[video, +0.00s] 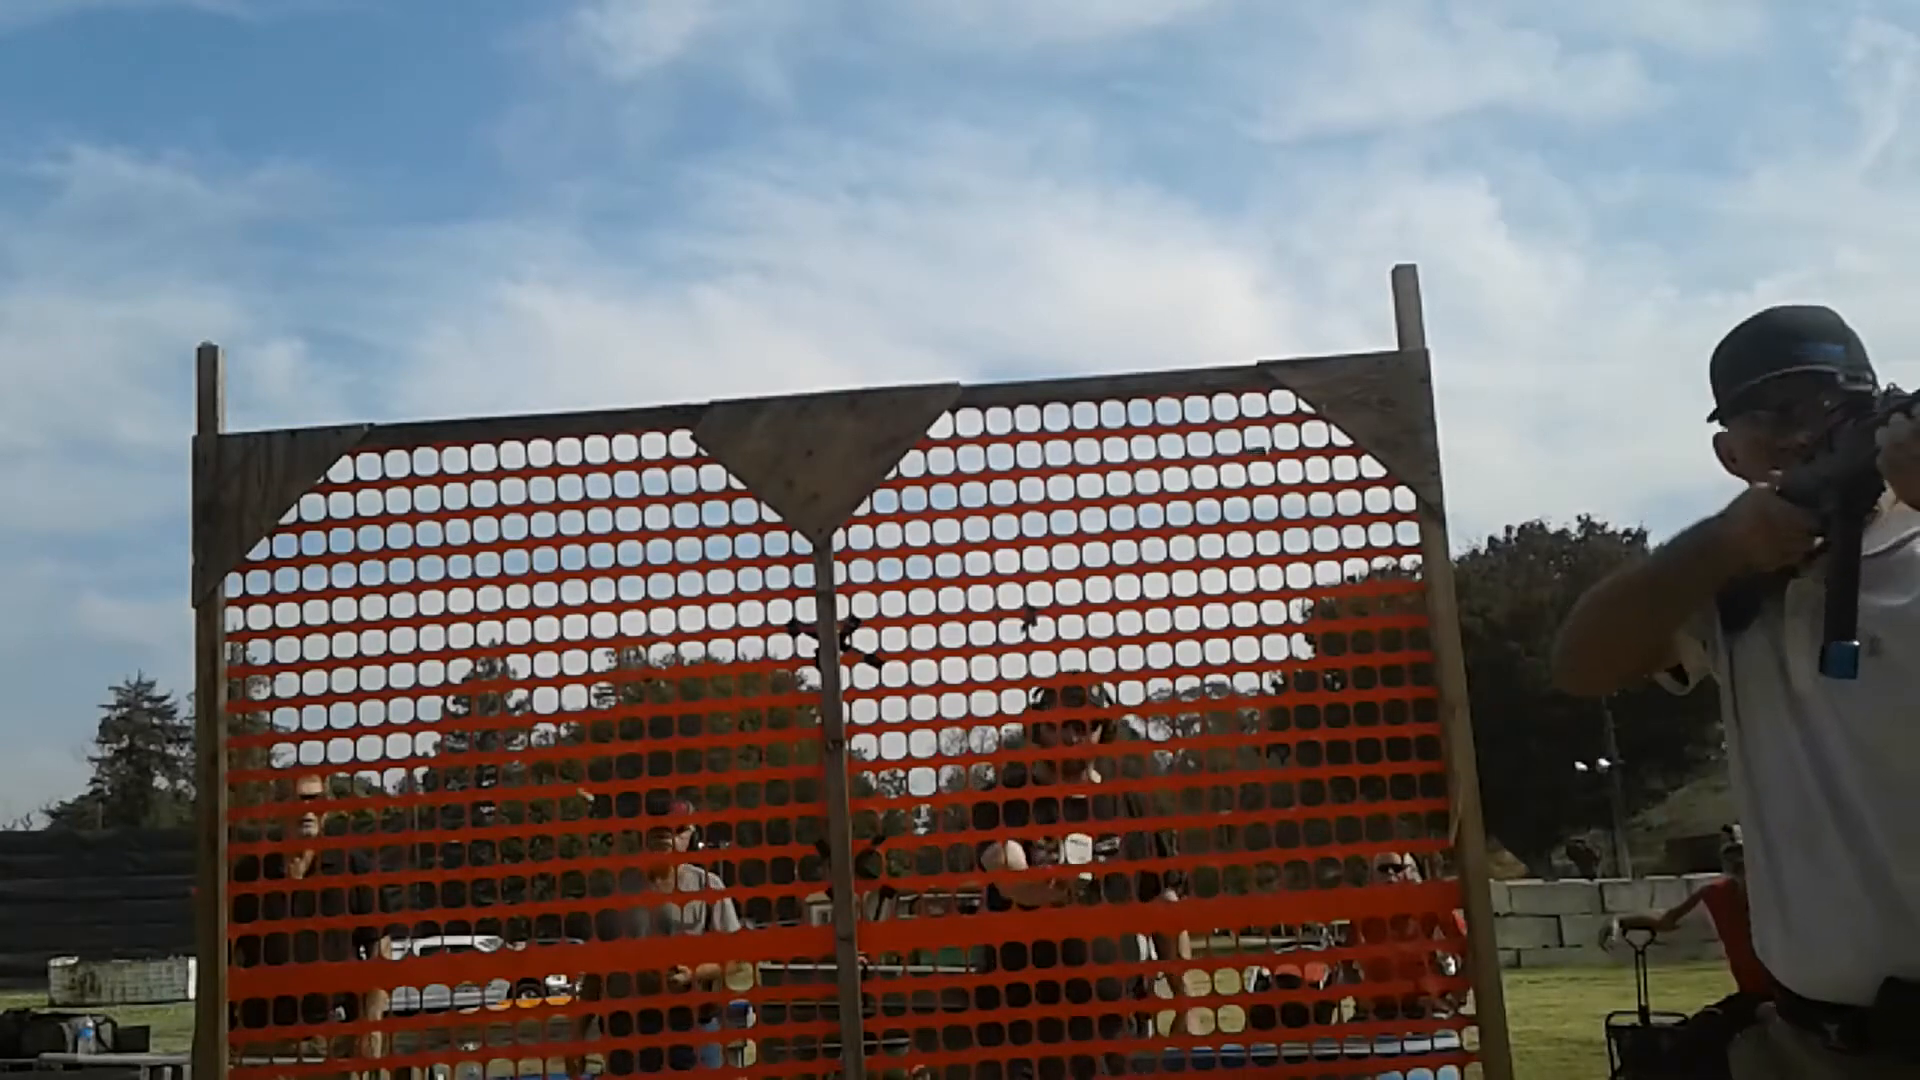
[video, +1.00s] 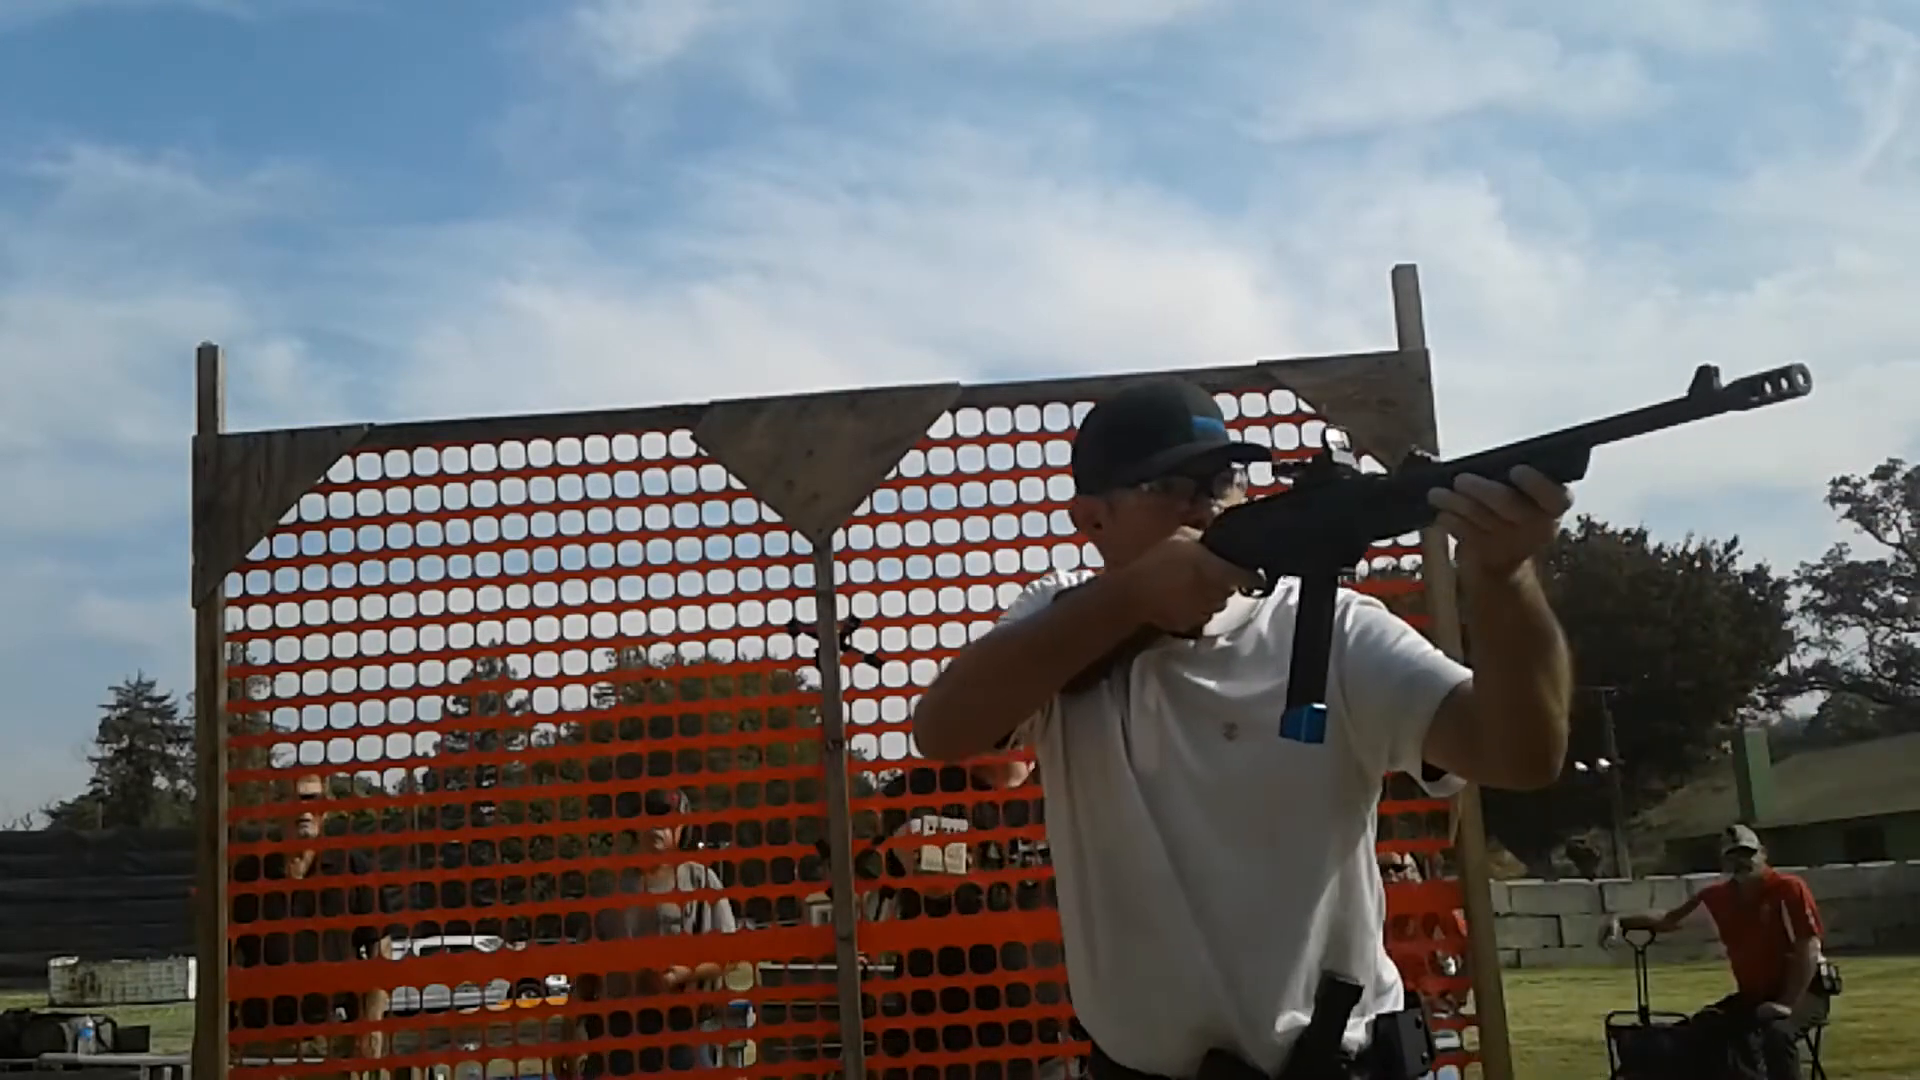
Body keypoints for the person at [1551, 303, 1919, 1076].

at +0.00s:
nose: (1805, 436)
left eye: (1827, 406)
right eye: (1774, 415)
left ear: (1875, 416)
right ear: (1731, 453)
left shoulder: (1912, 548)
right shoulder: (1735, 586)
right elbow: (1578, 662)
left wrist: (1913, 492)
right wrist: (1727, 543)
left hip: (1910, 1034)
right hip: (1796, 1036)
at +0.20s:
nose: (1701, 449)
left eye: (1722, 422)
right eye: (1667, 430)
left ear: (1769, 444)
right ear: (1618, 473)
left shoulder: (1862, 580)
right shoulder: (1622, 617)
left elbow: (1912, 780)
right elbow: (1478, 729)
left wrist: (1771, 644)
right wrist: (1580, 624)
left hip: (1885, 1035)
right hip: (1716, 1043)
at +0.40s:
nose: (1532, 487)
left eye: (1549, 462)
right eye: (1494, 466)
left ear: (1570, 482)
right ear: (1425, 502)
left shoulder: (1677, 613)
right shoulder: (1413, 635)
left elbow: (1802, 811)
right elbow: (1273, 743)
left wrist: (1673, 672)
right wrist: (1402, 643)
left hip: (1727, 1036)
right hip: (1539, 1052)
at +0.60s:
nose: (1376, 505)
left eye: (1390, 478)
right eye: (1339, 483)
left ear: (1419, 497)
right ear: (1268, 516)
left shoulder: (1514, 623)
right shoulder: (1254, 643)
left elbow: (1702, 767)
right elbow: (1137, 748)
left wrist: (1656, 602)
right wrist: (1311, 616)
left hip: (1561, 1040)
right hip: (1378, 1055)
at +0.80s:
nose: (1285, 507)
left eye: (1294, 481)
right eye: (1249, 485)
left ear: (1318, 489)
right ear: (1172, 519)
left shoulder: (1412, 628)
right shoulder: (1144, 636)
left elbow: (1608, 756)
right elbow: (1027, 730)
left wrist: (1579, 584)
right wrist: (1211, 600)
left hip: (1422, 1050)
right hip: (1228, 1059)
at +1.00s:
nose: (1206, 511)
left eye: (1220, 481)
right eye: (1170, 488)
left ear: (1247, 489)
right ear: (1094, 518)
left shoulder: (1330, 630)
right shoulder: (1061, 631)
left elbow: (1522, 756)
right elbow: (939, 732)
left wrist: (1500, 581)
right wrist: (1130, 597)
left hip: (1344, 1054)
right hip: (1141, 1063)